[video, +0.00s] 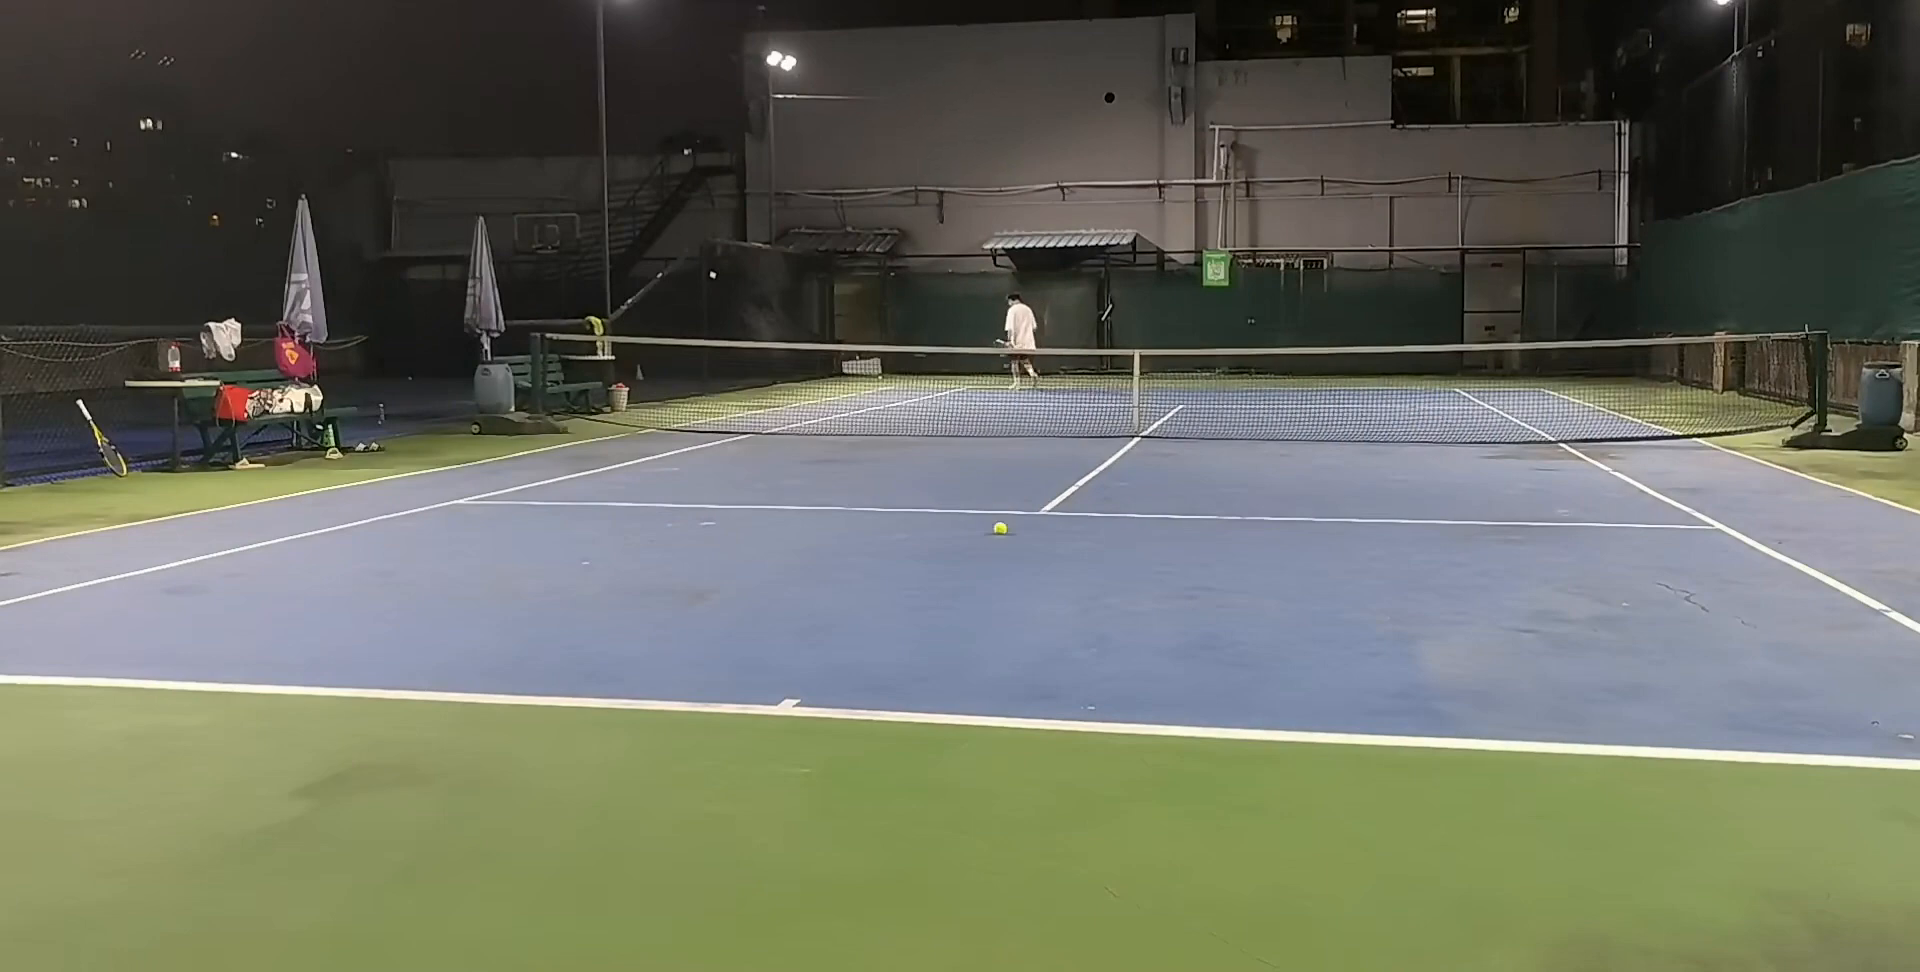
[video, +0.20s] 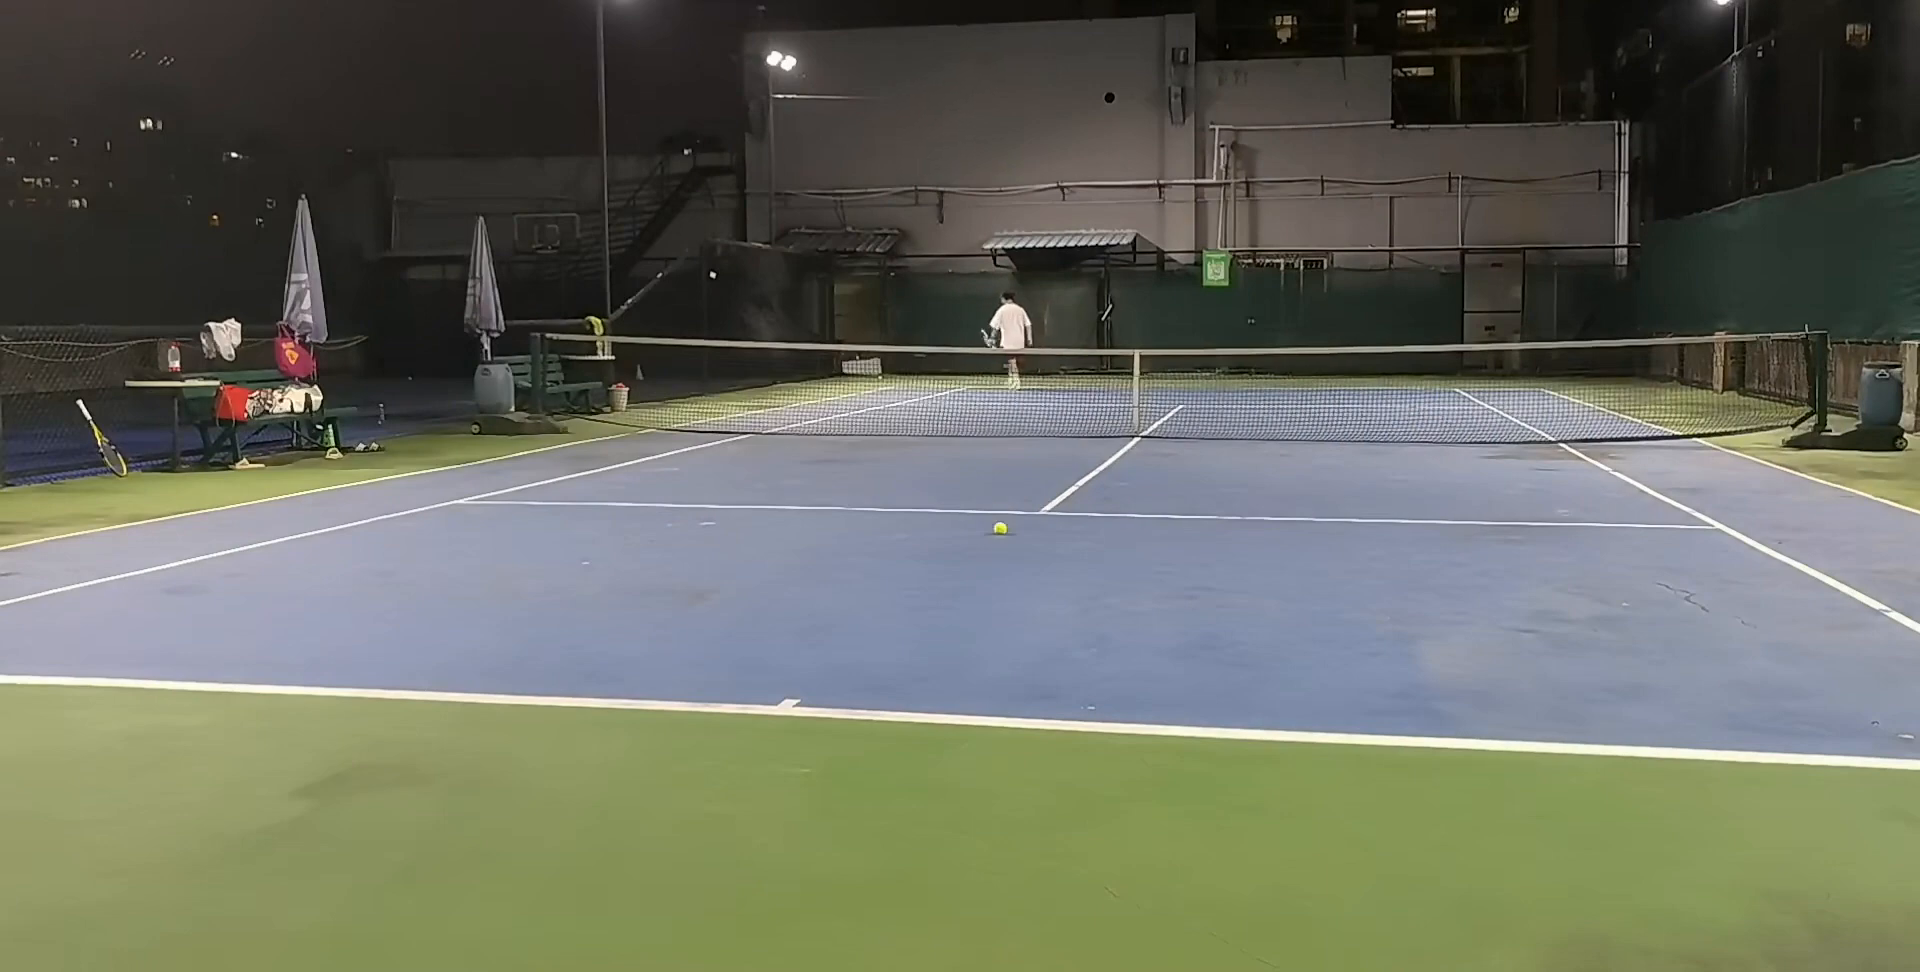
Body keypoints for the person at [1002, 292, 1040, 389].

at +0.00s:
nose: (1008, 304)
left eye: (1009, 302)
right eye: (1008, 302)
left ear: (1012, 300)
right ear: (1018, 299)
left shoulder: (1012, 310)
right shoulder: (1028, 309)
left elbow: (1010, 328)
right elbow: (1034, 326)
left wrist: (1010, 340)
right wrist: (1026, 332)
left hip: (1017, 341)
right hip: (1028, 341)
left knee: (1015, 362)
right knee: (1026, 360)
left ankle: (1016, 381)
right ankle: (1033, 374)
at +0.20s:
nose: (1001, 302)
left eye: (1002, 300)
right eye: (1001, 300)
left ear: (1004, 299)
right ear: (1012, 299)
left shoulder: (1002, 310)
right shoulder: (1020, 309)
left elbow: (995, 326)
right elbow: (1028, 325)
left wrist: (992, 340)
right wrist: (1030, 340)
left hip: (1007, 342)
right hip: (1020, 342)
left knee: (1012, 361)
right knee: (1012, 361)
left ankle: (1016, 380)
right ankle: (1011, 379)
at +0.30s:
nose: (998, 303)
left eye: (999, 301)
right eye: (998, 301)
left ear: (1001, 301)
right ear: (1008, 301)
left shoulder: (998, 311)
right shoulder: (1016, 311)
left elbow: (989, 327)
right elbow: (1024, 327)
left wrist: (986, 339)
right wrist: (1025, 339)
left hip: (1002, 342)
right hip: (1015, 342)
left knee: (1009, 361)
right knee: (1006, 360)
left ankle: (1015, 379)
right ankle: (1003, 378)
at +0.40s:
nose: (995, 303)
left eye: (995, 301)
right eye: (996, 301)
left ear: (996, 301)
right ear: (1006, 301)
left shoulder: (994, 312)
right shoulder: (1012, 312)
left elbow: (986, 328)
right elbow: (1019, 328)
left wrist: (982, 339)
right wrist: (1020, 341)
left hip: (998, 343)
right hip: (1011, 343)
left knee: (998, 359)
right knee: (1006, 359)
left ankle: (1006, 371)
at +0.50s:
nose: (991, 301)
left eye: (991, 299)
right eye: (991, 299)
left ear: (992, 300)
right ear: (1001, 299)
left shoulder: (991, 310)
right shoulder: (1008, 310)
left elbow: (984, 327)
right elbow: (1012, 326)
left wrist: (981, 339)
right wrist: (1012, 336)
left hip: (993, 341)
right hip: (1007, 341)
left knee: (991, 357)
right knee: (1002, 357)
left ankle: (998, 370)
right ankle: (1003, 369)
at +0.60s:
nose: (987, 300)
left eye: (987, 298)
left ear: (988, 299)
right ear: (997, 298)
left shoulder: (987, 309)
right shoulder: (1003, 308)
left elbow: (985, 327)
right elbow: (1008, 322)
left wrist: (983, 339)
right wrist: (1003, 332)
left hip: (991, 339)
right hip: (1003, 339)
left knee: (985, 357)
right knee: (1000, 360)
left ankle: (989, 377)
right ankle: (1002, 379)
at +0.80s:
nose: (976, 303)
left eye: (977, 301)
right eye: (977, 301)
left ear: (978, 302)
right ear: (986, 301)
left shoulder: (978, 312)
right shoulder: (993, 311)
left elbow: (977, 329)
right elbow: (998, 323)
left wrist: (975, 341)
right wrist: (992, 332)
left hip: (982, 342)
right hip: (994, 342)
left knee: (977, 361)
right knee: (994, 361)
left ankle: (976, 378)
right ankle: (999, 378)